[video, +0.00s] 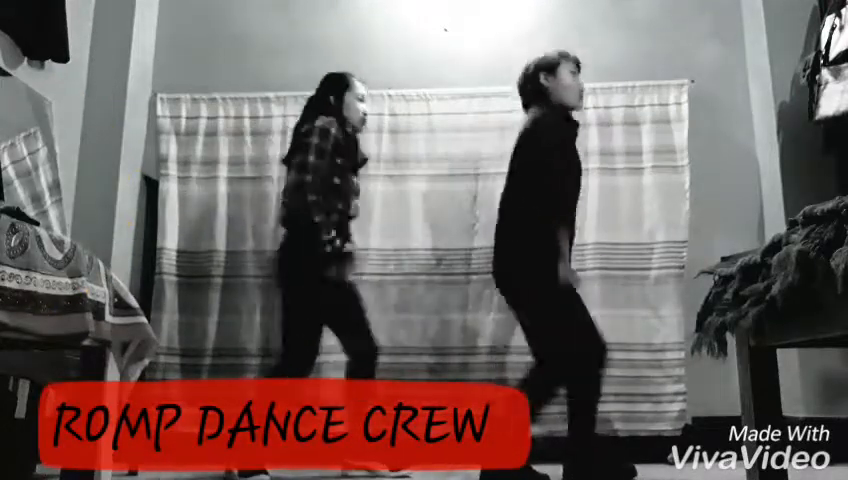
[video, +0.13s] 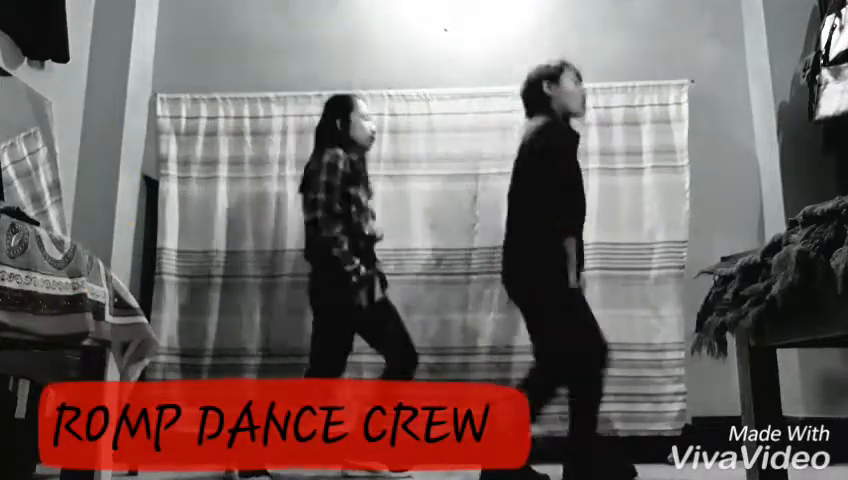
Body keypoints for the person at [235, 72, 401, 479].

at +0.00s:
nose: (366, 108)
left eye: (366, 101)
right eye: (360, 99)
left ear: (340, 102)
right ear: (337, 100)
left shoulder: (330, 132)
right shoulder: (326, 129)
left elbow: (320, 195)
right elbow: (312, 194)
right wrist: (330, 249)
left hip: (305, 258)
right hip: (316, 260)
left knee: (297, 357)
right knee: (363, 350)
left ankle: (249, 448)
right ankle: (361, 448)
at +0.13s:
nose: (373, 126)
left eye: (372, 119)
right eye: (366, 119)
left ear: (347, 125)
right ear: (343, 124)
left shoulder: (350, 162)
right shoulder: (332, 159)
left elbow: (350, 224)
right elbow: (325, 229)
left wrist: (370, 269)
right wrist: (356, 275)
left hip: (351, 282)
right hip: (339, 283)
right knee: (402, 356)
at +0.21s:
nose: (373, 96)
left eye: (371, 88)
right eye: (365, 88)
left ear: (348, 95)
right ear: (345, 95)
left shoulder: (356, 131)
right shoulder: (340, 126)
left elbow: (360, 194)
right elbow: (336, 191)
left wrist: (375, 246)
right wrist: (355, 251)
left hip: (350, 254)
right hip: (338, 255)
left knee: (368, 352)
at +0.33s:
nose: (371, 94)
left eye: (369, 87)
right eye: (362, 88)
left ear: (354, 97)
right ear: (341, 96)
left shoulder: (358, 135)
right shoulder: (334, 125)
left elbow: (364, 195)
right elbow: (322, 193)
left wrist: (371, 248)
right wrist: (339, 252)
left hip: (354, 259)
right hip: (323, 257)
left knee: (349, 352)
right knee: (297, 345)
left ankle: (351, 435)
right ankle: (257, 432)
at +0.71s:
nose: (318, 90)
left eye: (328, 85)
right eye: (315, 85)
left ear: (345, 96)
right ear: (309, 97)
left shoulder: (355, 134)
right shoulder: (304, 140)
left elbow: (353, 198)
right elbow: (294, 198)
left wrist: (329, 251)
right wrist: (288, 246)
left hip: (345, 260)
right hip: (308, 260)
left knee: (348, 354)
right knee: (290, 353)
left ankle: (372, 442)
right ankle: (277, 443)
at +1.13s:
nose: (292, 105)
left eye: (297, 97)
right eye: (293, 97)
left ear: (317, 99)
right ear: (318, 99)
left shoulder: (333, 138)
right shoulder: (323, 140)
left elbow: (325, 205)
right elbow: (316, 205)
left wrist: (305, 262)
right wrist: (297, 258)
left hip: (333, 257)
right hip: (320, 256)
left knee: (351, 355)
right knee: (296, 356)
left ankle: (386, 435)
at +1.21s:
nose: (290, 106)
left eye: (296, 98)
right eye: (292, 98)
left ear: (315, 100)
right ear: (320, 99)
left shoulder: (331, 138)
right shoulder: (321, 140)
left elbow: (327, 204)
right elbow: (316, 204)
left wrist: (308, 261)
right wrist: (298, 257)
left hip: (334, 258)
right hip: (324, 258)